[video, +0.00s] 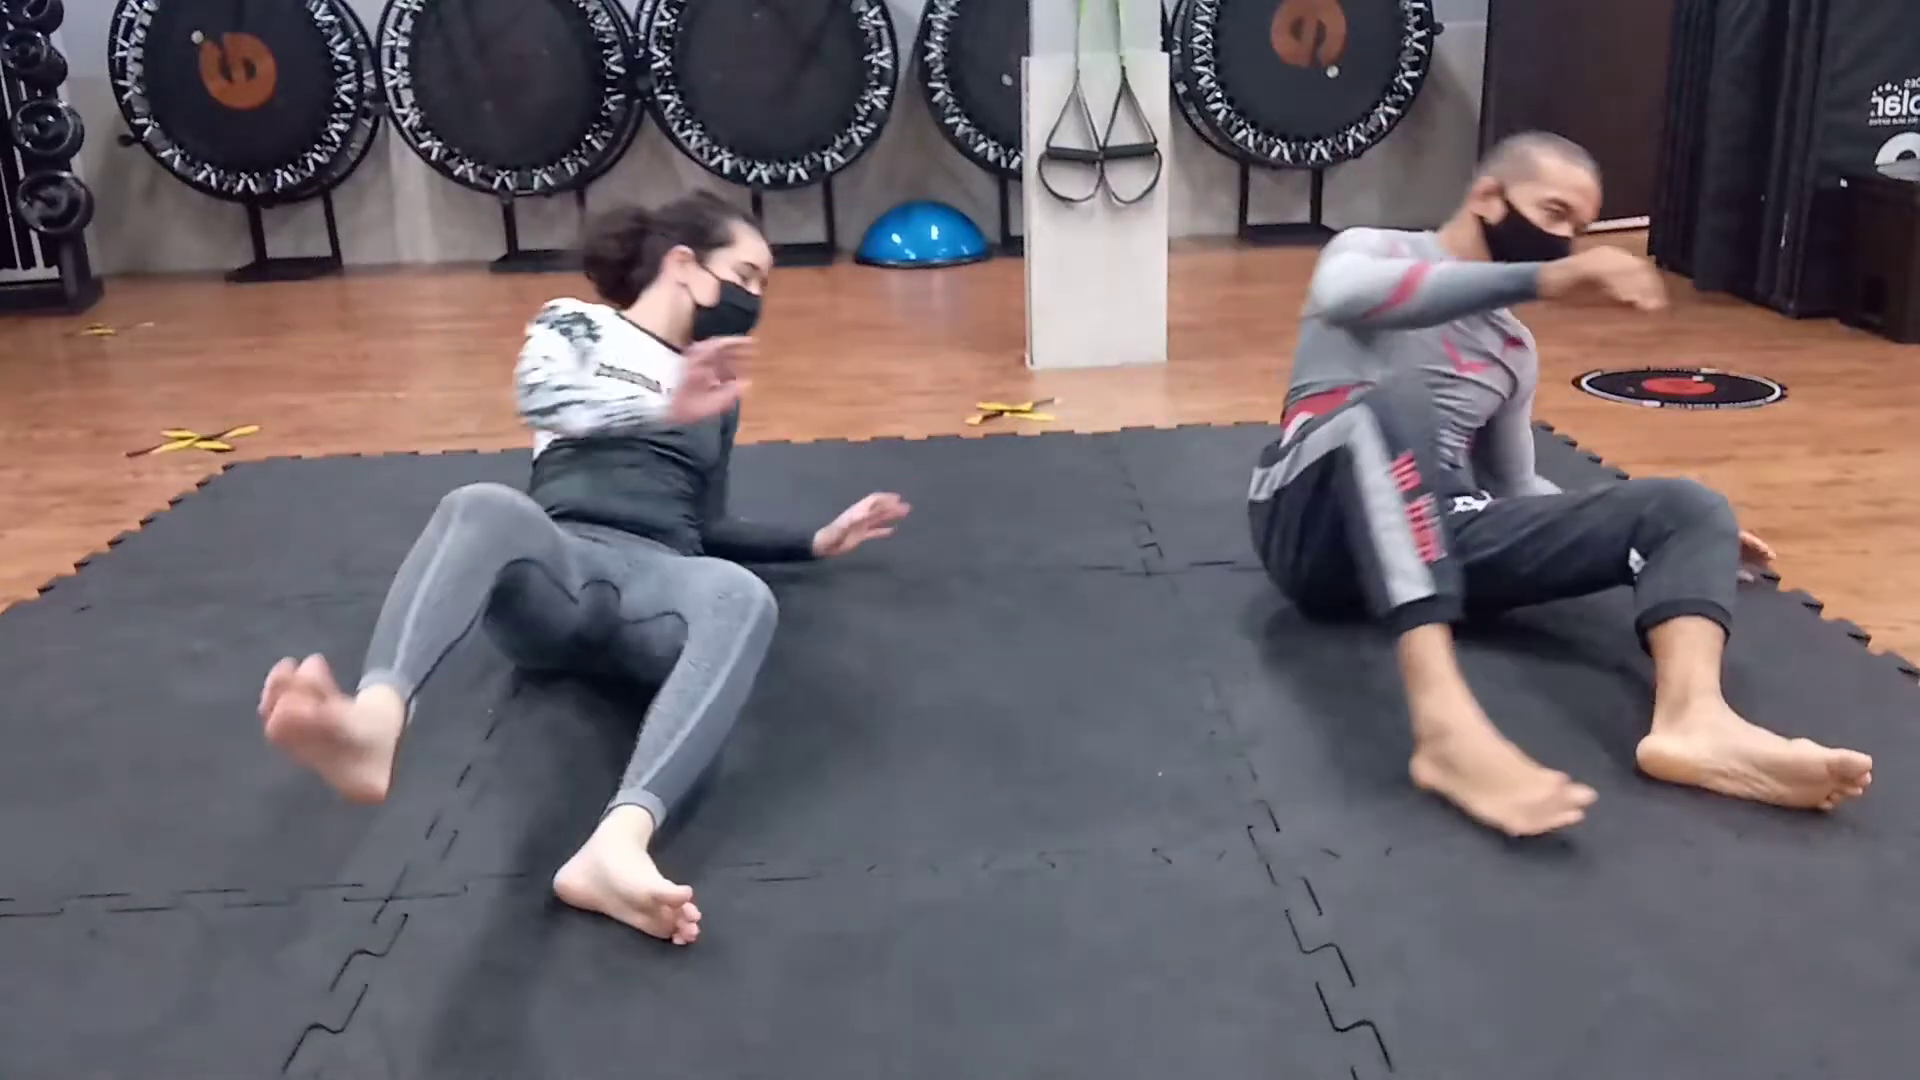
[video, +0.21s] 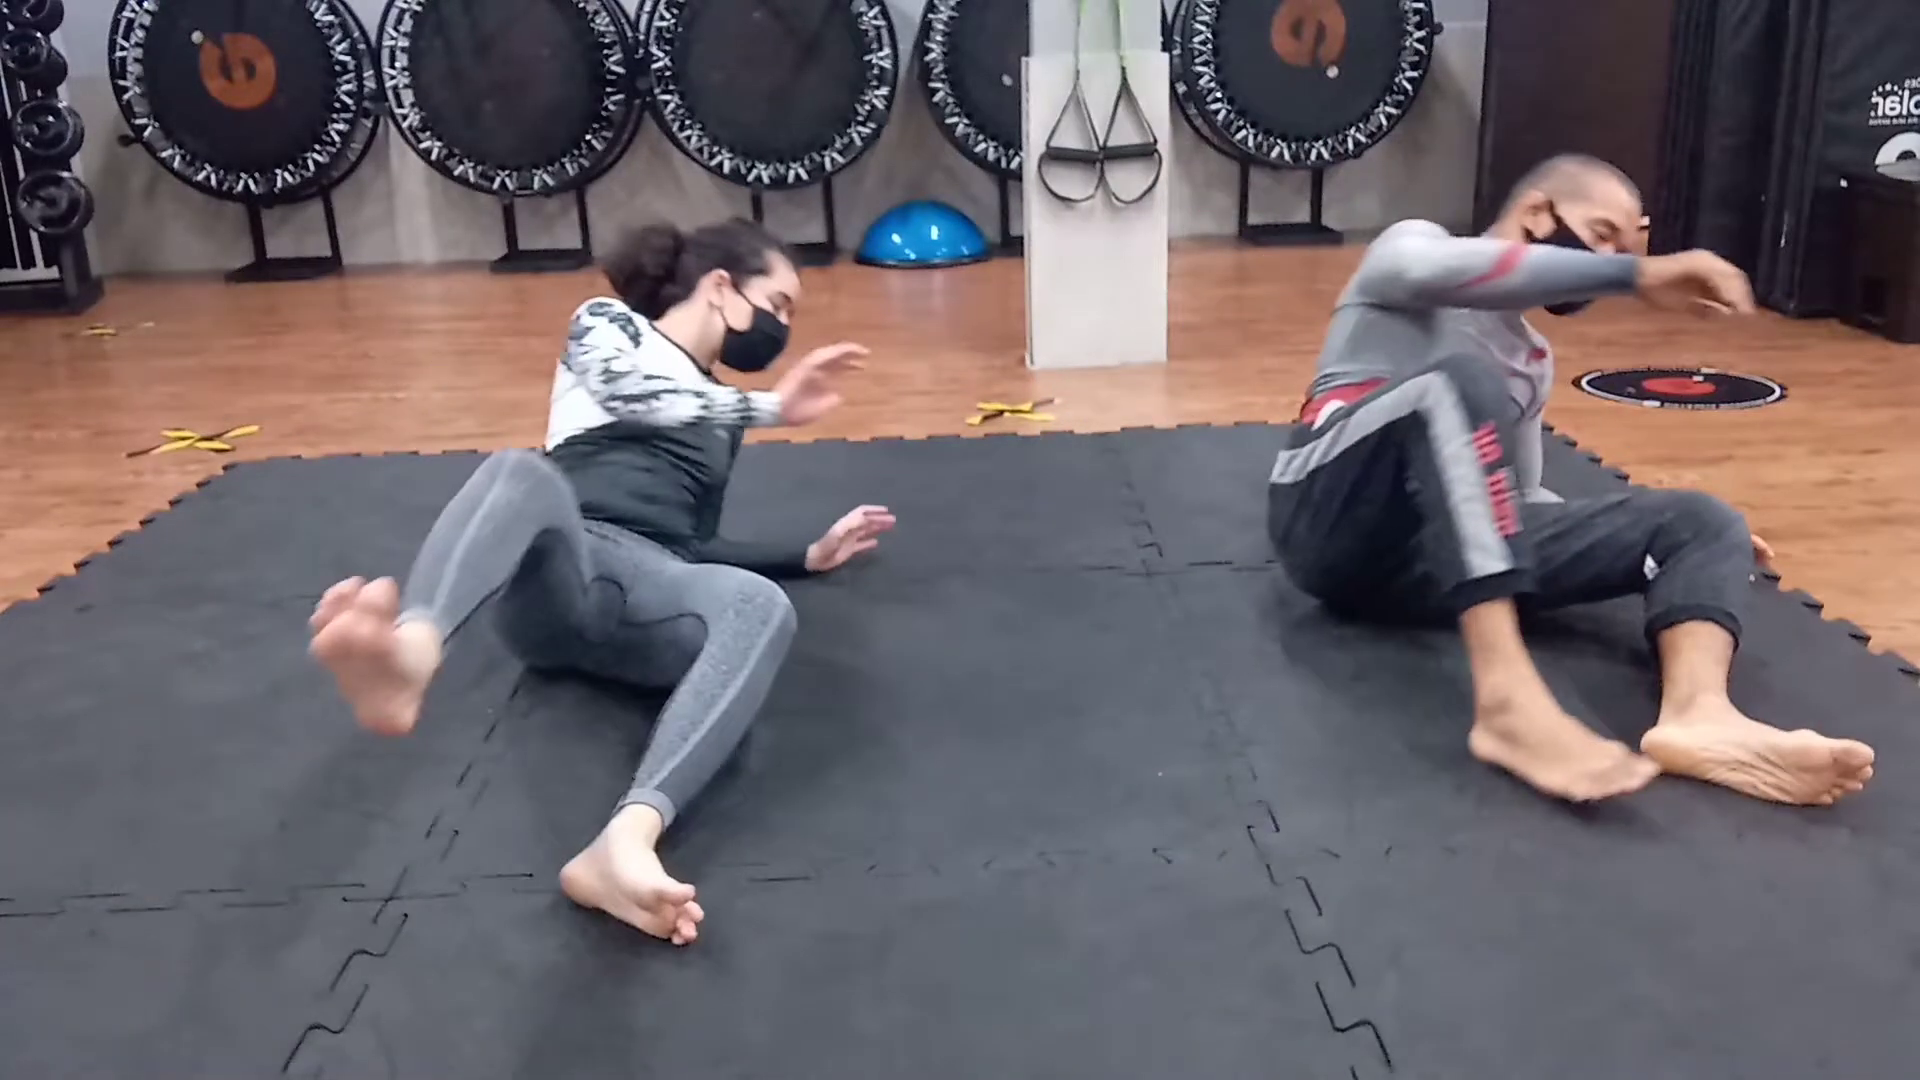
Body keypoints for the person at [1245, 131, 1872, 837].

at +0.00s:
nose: (1562, 244)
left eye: (1580, 231)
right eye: (1550, 214)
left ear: (1581, 245)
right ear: (1485, 194)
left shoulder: (1513, 353)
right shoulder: (1370, 248)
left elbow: (1520, 498)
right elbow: (1345, 299)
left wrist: (1693, 544)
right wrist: (1542, 278)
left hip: (1451, 538)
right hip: (1321, 532)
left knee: (1688, 506)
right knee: (1383, 404)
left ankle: (1691, 714)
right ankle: (1445, 725)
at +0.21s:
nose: (1611, 261)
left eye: (1624, 253)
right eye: (1597, 233)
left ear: (1618, 269)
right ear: (1530, 215)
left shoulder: (1529, 361)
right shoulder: (1410, 247)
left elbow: (1523, 501)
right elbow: (1428, 273)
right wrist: (1633, 274)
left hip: (1445, 563)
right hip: (1333, 529)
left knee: (1702, 522)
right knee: (1456, 383)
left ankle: (1695, 710)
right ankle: (1506, 700)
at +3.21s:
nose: (1341, 241)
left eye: (1367, 231)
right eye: (1329, 212)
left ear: (1382, 241)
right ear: (1282, 194)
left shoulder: (1367, 349)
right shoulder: (1193, 284)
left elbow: (1483, 467)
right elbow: (1050, 340)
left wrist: (1621, 565)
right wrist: (1213, 271)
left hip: (1282, 557)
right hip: (1165, 550)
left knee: (1496, 544)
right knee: (1151, 435)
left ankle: (1694, 755)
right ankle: (1275, 723)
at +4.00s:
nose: (1056, 245)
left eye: (1078, 222)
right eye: (1039, 225)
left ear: (1137, 207)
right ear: (1021, 221)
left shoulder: (1206, 292)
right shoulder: (1013, 338)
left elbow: (1365, 394)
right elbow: (961, 476)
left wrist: (1283, 332)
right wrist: (865, 511)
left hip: (1212, 533)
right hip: (1096, 543)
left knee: (1372, 465)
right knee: (983, 517)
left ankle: (1471, 754)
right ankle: (1233, 738)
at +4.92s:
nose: (868, 308)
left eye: (873, 282)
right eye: (861, 295)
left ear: (936, 256)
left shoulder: (1045, 276)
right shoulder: (957, 388)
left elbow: (1044, 320)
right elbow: (970, 527)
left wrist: (878, 346)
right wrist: (844, 562)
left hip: (1158, 539)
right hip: (1043, 574)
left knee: (1102, 354)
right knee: (841, 608)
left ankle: (1176, 666)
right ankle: (1027, 773)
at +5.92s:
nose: (838, 388)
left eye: (839, 360)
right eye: (833, 370)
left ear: (889, 313)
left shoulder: (961, 314)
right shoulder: (985, 419)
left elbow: (789, 395)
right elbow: (976, 533)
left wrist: (712, 463)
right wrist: (845, 555)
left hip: (1257, 477)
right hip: (1181, 567)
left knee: (1081, 406)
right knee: (967, 629)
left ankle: (1188, 693)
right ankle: (1034, 763)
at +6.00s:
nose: (857, 379)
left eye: (859, 352)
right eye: (850, 364)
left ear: (906, 313)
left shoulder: (973, 312)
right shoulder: (1001, 420)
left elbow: (796, 403)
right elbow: (976, 532)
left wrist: (707, 466)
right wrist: (848, 556)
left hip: (1280, 471)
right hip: (1210, 565)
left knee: (1099, 390)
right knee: (997, 626)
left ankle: (1189, 688)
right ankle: (1051, 769)